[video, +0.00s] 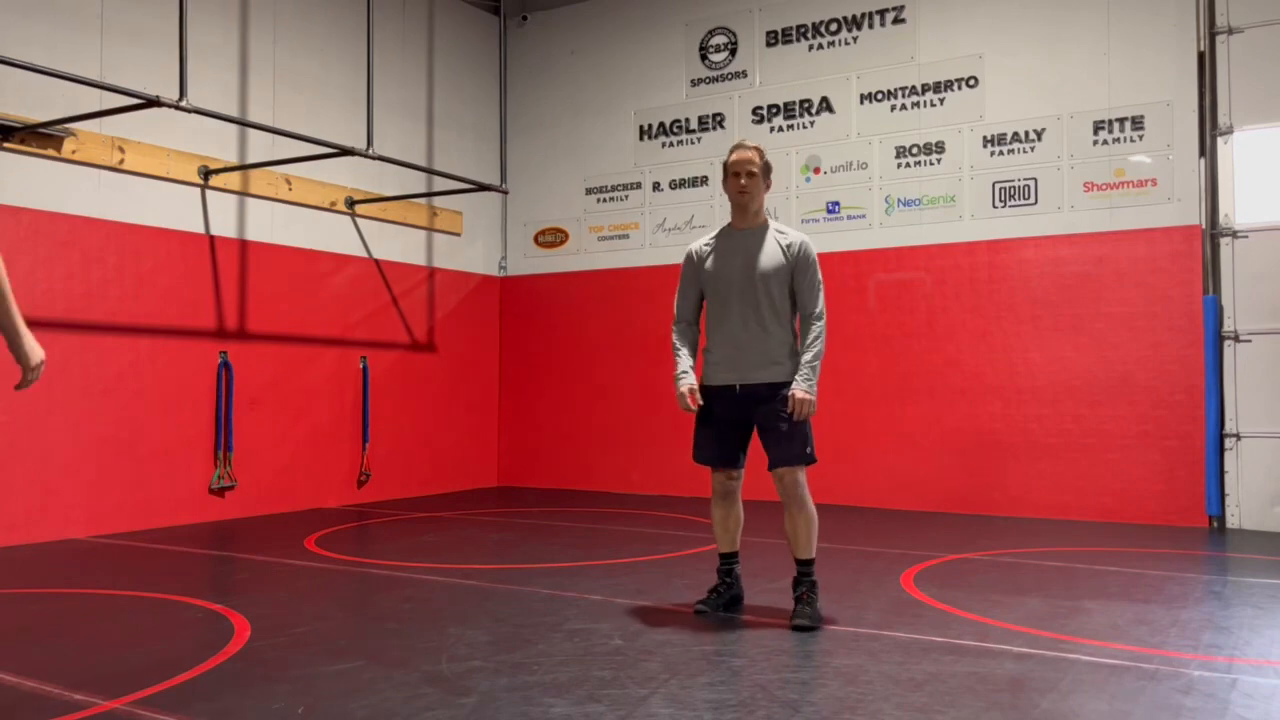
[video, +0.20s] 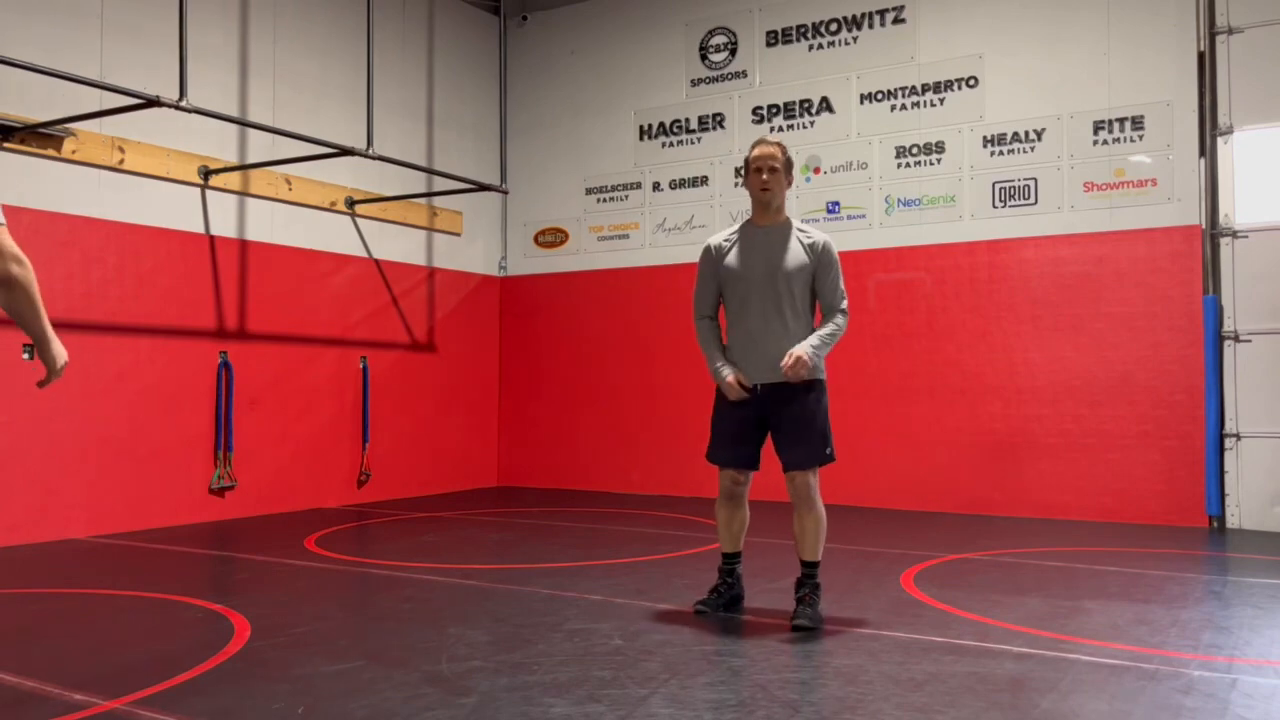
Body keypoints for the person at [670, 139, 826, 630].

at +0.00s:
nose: (742, 181)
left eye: (750, 174)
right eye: (734, 174)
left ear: (767, 183)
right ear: (723, 183)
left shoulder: (794, 247)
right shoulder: (701, 253)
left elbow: (815, 320)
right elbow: (683, 324)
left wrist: (806, 380)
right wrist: (684, 372)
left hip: (778, 389)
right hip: (721, 391)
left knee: (791, 485)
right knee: (724, 486)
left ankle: (806, 590)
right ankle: (728, 584)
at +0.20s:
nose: (764, 176)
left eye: (773, 169)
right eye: (756, 169)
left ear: (789, 179)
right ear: (745, 179)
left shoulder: (815, 246)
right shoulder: (719, 248)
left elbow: (838, 314)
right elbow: (704, 317)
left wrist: (812, 348)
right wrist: (721, 368)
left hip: (797, 388)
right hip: (740, 389)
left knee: (803, 487)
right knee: (731, 485)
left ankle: (808, 593)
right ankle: (729, 583)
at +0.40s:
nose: (779, 175)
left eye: (789, 168)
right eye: (772, 167)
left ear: (808, 177)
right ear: (762, 176)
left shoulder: (835, 242)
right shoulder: (736, 246)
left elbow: (850, 313)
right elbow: (714, 318)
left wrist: (803, 286)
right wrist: (768, 313)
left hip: (815, 381)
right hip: (754, 382)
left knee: (815, 490)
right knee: (732, 487)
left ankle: (811, 592)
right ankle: (730, 573)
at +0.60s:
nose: (790, 176)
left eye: (800, 168)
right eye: (782, 168)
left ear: (818, 175)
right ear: (772, 176)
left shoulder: (843, 239)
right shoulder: (747, 244)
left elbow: (844, 304)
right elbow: (734, 314)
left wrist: (804, 253)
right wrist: (794, 282)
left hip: (821, 382)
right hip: (760, 380)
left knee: (819, 489)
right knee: (730, 480)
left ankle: (813, 591)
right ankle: (738, 572)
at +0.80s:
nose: (787, 176)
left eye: (798, 167)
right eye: (780, 168)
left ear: (820, 174)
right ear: (773, 175)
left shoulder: (847, 238)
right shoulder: (750, 241)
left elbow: (840, 304)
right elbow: (736, 313)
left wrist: (810, 245)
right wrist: (800, 288)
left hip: (822, 382)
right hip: (761, 379)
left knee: (820, 489)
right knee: (736, 471)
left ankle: (812, 596)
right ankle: (731, 594)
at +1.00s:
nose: (772, 177)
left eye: (782, 168)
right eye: (768, 168)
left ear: (812, 172)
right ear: (767, 173)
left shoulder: (843, 237)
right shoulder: (744, 240)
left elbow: (845, 303)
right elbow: (725, 311)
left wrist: (815, 246)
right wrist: (794, 307)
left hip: (819, 383)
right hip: (757, 383)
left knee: (816, 491)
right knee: (746, 488)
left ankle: (812, 596)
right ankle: (741, 607)